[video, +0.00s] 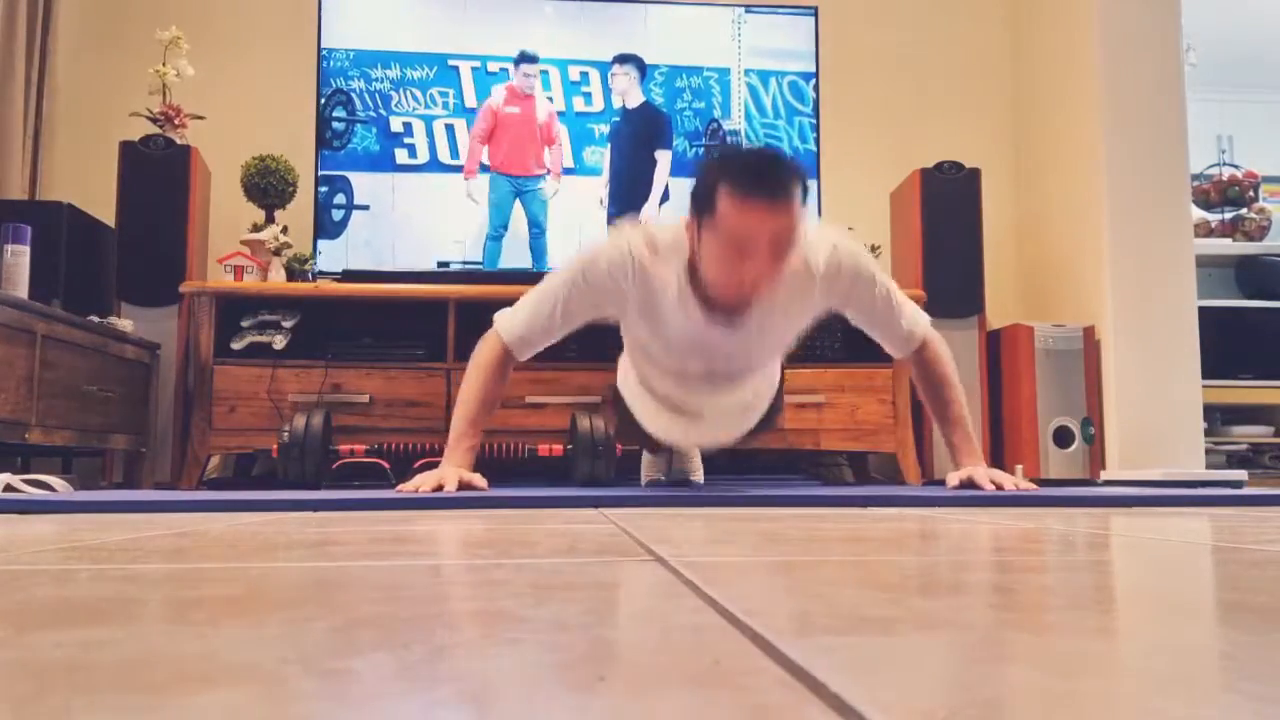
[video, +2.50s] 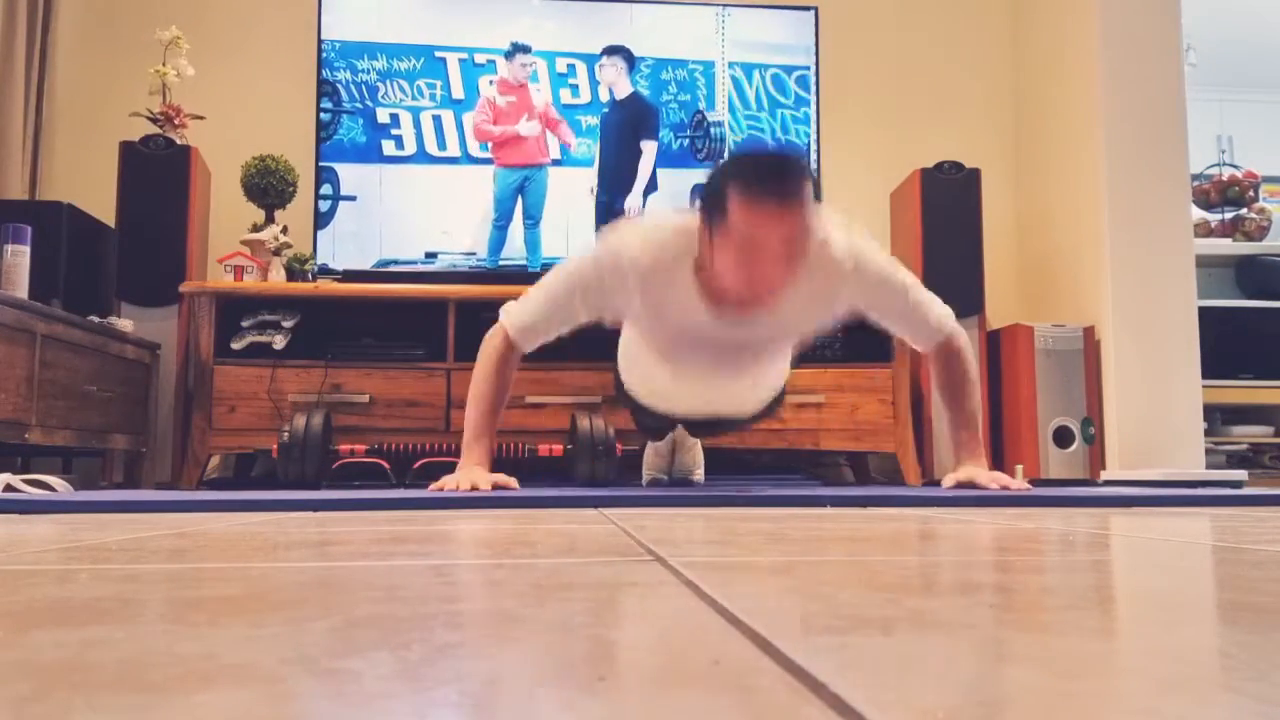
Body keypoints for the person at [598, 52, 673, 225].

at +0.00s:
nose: (610, 81)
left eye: (614, 75)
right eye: (610, 76)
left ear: (632, 77)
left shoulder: (658, 118)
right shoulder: (617, 117)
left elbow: (664, 161)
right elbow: (610, 154)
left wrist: (653, 203)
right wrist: (604, 185)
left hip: (643, 209)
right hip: (616, 206)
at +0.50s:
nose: (609, 76)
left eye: (614, 70)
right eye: (609, 71)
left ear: (631, 73)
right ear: (625, 75)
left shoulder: (659, 115)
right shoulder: (619, 115)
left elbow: (663, 160)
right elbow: (611, 154)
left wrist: (651, 199)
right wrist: (606, 184)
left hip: (642, 199)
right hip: (616, 198)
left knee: (643, 260)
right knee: (616, 259)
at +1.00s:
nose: (609, 73)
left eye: (615, 67)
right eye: (610, 67)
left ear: (631, 71)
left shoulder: (657, 115)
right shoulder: (618, 116)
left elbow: (664, 162)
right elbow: (613, 162)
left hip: (647, 202)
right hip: (619, 202)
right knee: (616, 272)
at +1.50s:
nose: (603, 73)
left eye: (606, 67)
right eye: (603, 67)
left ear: (623, 69)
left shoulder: (651, 112)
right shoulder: (611, 111)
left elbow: (653, 166)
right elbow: (603, 157)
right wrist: (599, 188)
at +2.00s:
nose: (601, 71)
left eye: (606, 66)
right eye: (600, 67)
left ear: (621, 70)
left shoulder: (646, 110)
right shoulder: (608, 112)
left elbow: (650, 155)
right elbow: (602, 151)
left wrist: (638, 195)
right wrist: (595, 179)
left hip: (630, 193)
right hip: (605, 192)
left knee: (631, 253)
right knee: (606, 253)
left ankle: (635, 299)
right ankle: (605, 297)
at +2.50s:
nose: (598, 72)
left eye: (602, 66)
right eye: (598, 66)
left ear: (619, 69)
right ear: (616, 70)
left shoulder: (645, 109)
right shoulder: (608, 109)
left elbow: (649, 153)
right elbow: (602, 148)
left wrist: (637, 193)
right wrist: (596, 179)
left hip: (629, 193)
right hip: (605, 191)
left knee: (627, 254)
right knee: (604, 253)